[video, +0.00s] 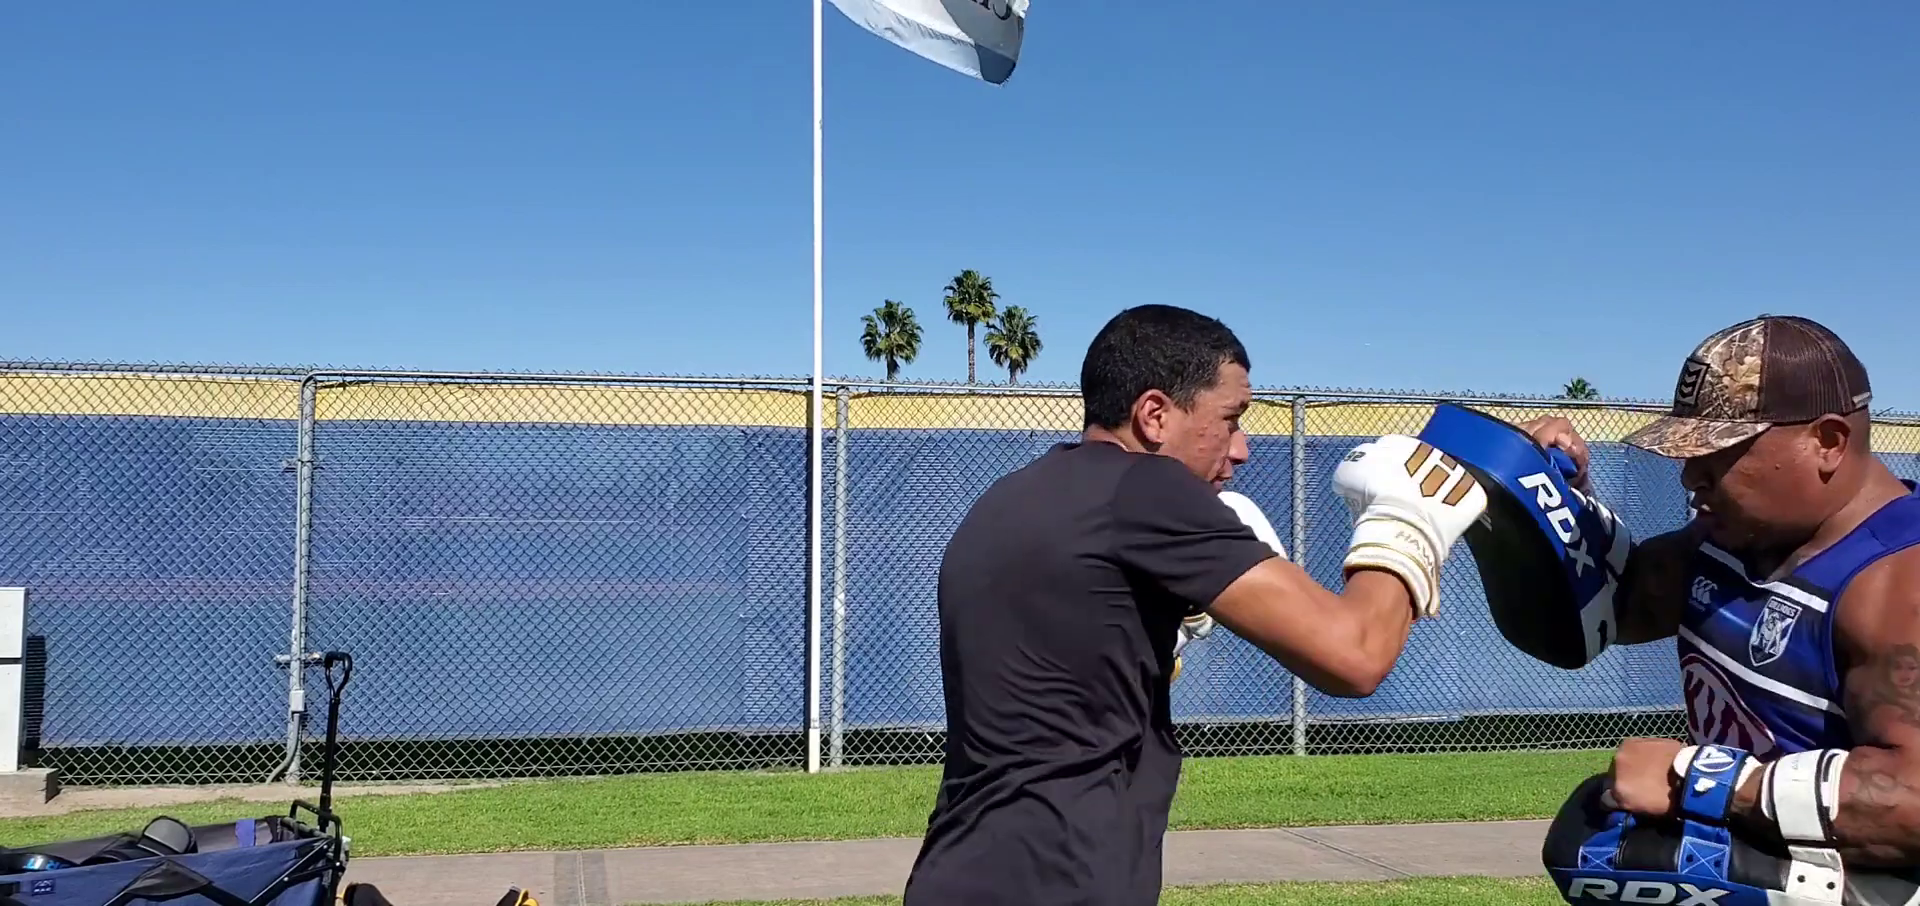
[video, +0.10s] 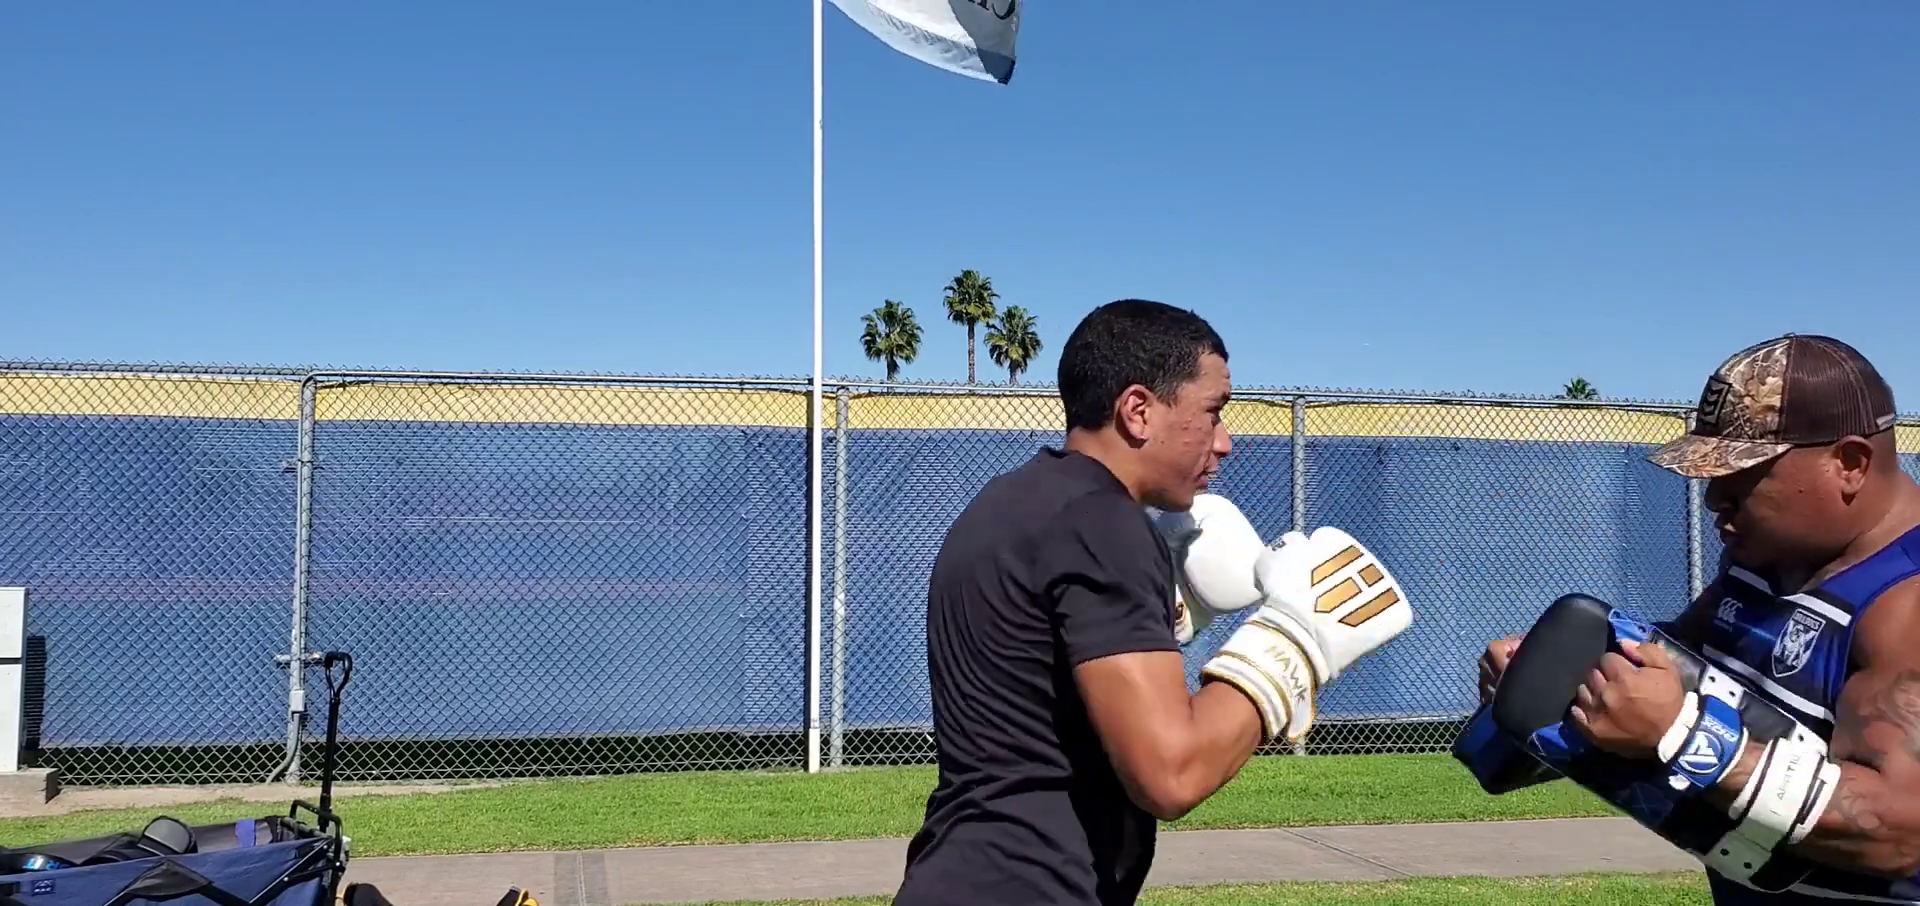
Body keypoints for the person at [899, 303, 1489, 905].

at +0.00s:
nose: (1241, 451)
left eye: (1242, 422)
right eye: (1228, 420)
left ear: (1143, 418)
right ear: (1153, 416)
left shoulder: (1005, 502)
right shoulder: (1146, 495)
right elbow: (1356, 654)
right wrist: (1407, 523)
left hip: (956, 871)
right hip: (1065, 878)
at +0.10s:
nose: (1224, 442)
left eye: (1222, 413)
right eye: (1213, 412)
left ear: (1133, 413)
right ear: (1138, 412)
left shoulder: (1004, 506)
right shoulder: (1098, 522)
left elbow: (1054, 696)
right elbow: (1171, 773)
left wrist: (1173, 599)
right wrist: (1288, 645)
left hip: (957, 872)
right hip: (1039, 883)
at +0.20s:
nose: (1211, 448)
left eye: (1208, 419)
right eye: (1199, 417)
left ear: (1125, 417)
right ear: (1127, 413)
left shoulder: (1050, 522)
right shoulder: (1031, 539)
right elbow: (1058, 809)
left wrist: (1151, 624)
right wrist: (1191, 662)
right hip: (992, 890)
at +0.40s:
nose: (1228, 468)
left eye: (1231, 441)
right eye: (1222, 437)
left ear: (1148, 427)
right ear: (1146, 423)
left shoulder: (1107, 536)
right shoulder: (1024, 531)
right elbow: (1048, 798)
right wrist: (1165, 639)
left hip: (1064, 884)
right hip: (968, 890)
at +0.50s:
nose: (1268, 521)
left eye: (1273, 495)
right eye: (1265, 492)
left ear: (1195, 475)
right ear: (1196, 473)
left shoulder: (1069, 526)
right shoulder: (1102, 558)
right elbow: (1124, 826)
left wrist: (1221, 672)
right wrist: (1226, 663)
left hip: (963, 877)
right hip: (1012, 891)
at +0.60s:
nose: (1313, 567)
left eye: (1316, 539)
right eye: (1310, 537)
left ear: (1243, 523)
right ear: (1245, 524)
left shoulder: (1102, 569)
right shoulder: (1152, 602)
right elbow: (1170, 862)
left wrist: (1275, 715)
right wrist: (1285, 707)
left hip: (982, 883)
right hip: (1046, 890)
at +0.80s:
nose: (1344, 498)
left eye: (1344, 469)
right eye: (1333, 468)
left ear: (1253, 461)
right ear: (1252, 458)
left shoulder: (1237, 562)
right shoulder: (1086, 544)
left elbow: (1274, 690)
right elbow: (1049, 778)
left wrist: (1417, 713)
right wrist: (1208, 658)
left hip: (1150, 881)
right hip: (1030, 882)